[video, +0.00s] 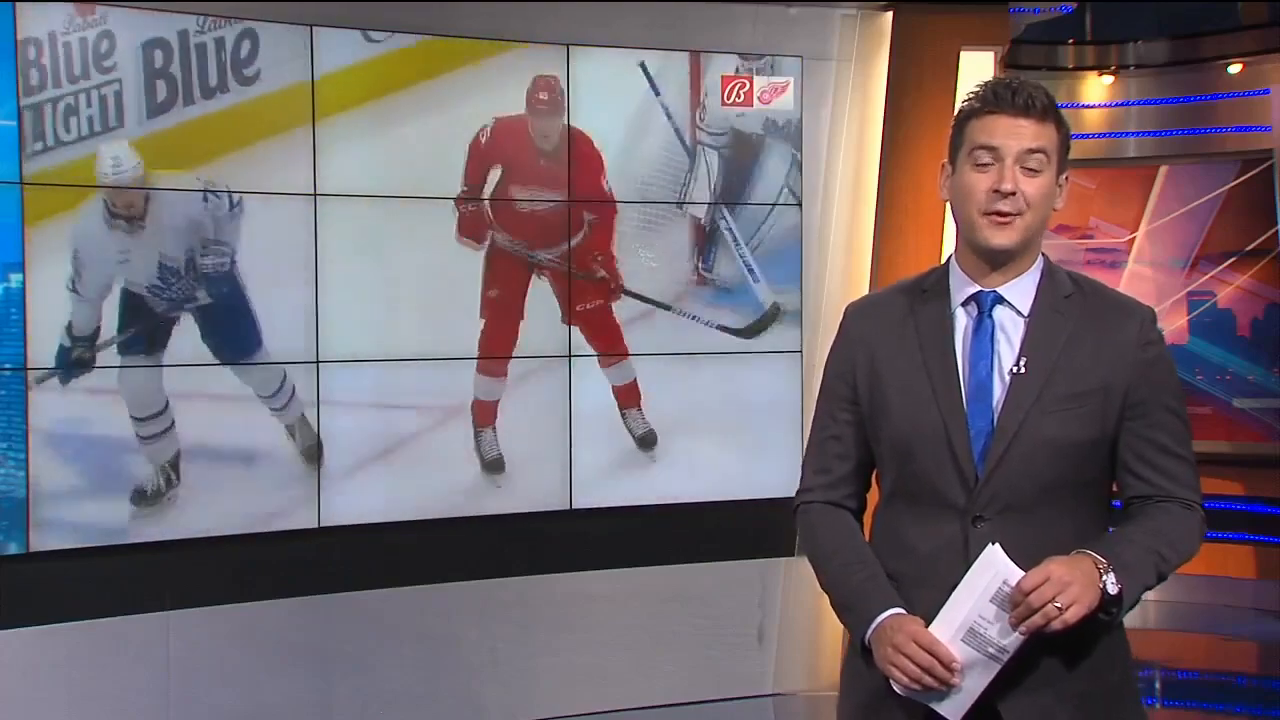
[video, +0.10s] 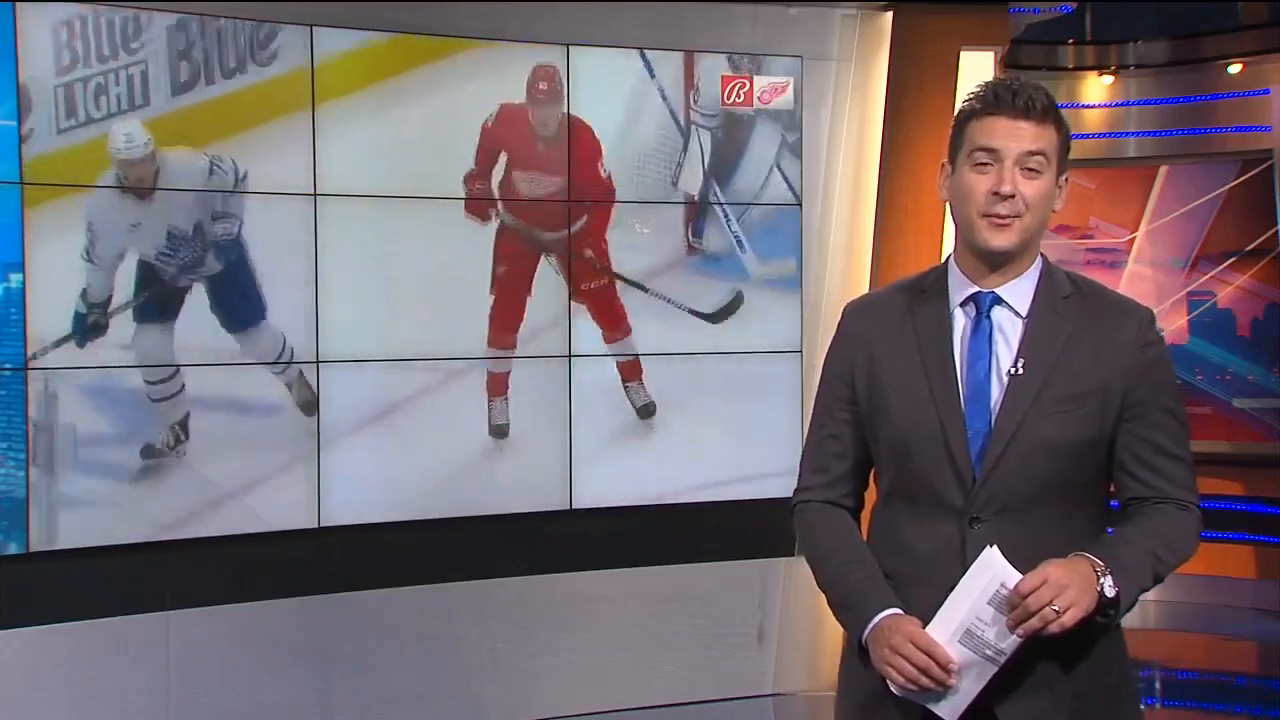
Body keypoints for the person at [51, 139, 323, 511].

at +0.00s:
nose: (125, 198)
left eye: (130, 187)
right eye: (115, 190)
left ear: (143, 181)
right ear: (103, 191)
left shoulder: (182, 197)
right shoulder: (91, 230)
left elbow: (229, 209)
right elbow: (86, 292)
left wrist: (218, 260)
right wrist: (79, 343)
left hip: (206, 281)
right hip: (145, 294)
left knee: (248, 360)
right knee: (136, 379)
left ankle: (297, 423)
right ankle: (164, 468)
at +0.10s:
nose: (138, 173)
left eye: (143, 161)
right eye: (128, 166)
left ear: (155, 156)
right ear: (116, 166)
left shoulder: (190, 168)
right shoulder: (105, 203)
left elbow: (234, 179)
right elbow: (99, 261)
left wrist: (223, 239)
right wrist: (93, 309)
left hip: (215, 252)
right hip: (159, 265)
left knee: (252, 335)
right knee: (150, 347)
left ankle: (294, 379)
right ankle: (175, 428)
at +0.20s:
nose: (159, 142)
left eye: (164, 132)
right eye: (150, 135)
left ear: (175, 127)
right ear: (139, 135)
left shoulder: (207, 138)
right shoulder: (128, 170)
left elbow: (249, 145)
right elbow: (126, 223)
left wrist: (245, 194)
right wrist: (121, 266)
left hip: (235, 216)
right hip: (181, 228)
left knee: (266, 289)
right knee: (169, 300)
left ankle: (295, 352)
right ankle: (188, 373)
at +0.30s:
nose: (190, 113)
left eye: (194, 105)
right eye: (182, 108)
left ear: (203, 101)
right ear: (170, 108)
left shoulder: (232, 112)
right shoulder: (156, 142)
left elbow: (267, 121)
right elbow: (151, 193)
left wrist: (264, 168)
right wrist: (143, 234)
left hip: (251, 187)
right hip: (200, 196)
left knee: (276, 261)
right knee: (184, 272)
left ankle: (298, 332)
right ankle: (194, 341)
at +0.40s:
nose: (200, 106)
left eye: (205, 97)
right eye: (193, 100)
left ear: (214, 93)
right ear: (182, 100)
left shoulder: (243, 105)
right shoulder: (168, 131)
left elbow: (273, 115)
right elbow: (160, 176)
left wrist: (271, 153)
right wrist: (155, 213)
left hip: (253, 176)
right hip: (204, 183)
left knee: (275, 245)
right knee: (190, 251)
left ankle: (296, 312)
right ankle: (192, 314)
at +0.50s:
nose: (204, 99)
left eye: (209, 91)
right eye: (197, 94)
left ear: (216, 88)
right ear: (186, 93)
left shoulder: (238, 100)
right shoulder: (171, 117)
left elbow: (270, 109)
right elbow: (159, 159)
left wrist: (270, 145)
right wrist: (156, 196)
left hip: (245, 168)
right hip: (196, 173)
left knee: (268, 233)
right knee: (179, 234)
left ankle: (289, 297)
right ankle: (174, 300)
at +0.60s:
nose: (203, 92)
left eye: (208, 85)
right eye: (197, 86)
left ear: (216, 82)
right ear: (187, 85)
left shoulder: (236, 94)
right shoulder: (169, 108)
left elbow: (265, 105)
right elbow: (158, 149)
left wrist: (265, 138)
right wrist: (151, 184)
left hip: (237, 159)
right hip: (190, 164)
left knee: (261, 221)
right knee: (174, 224)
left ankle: (282, 282)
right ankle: (157, 286)